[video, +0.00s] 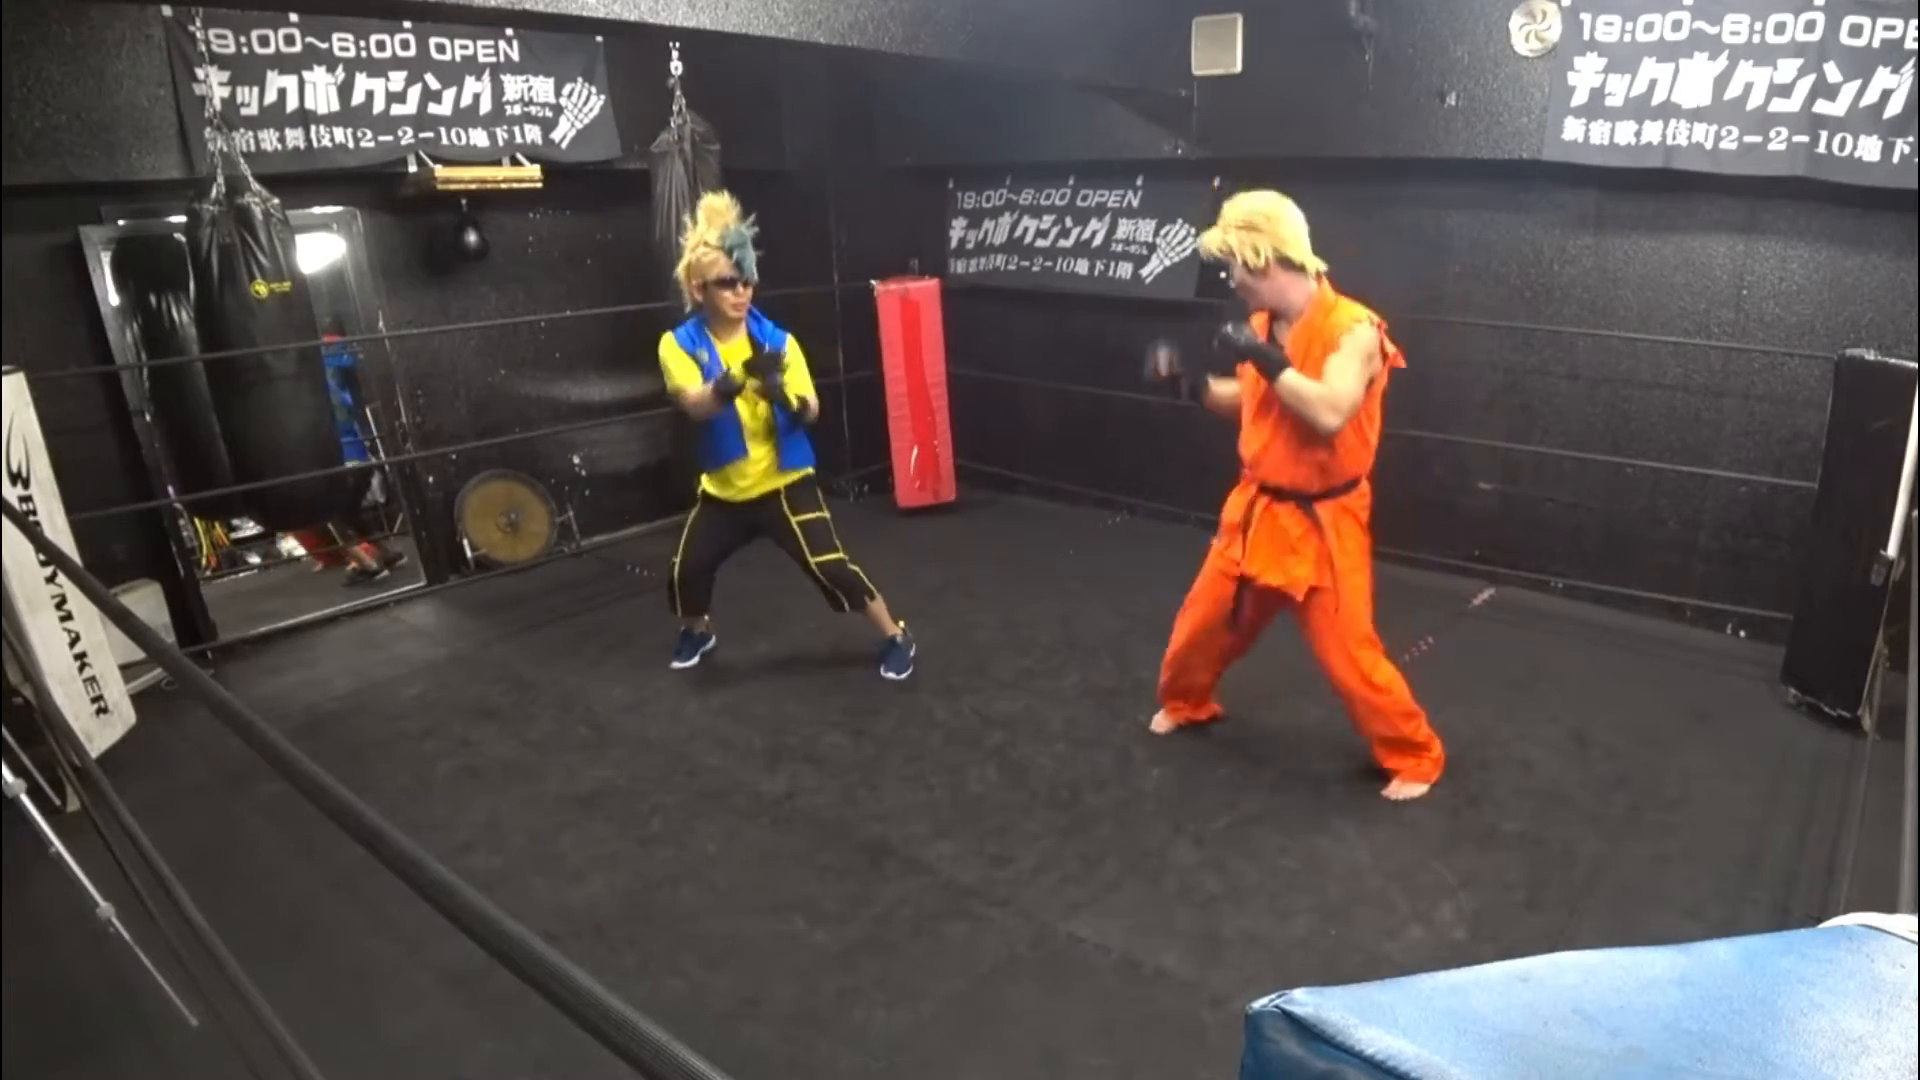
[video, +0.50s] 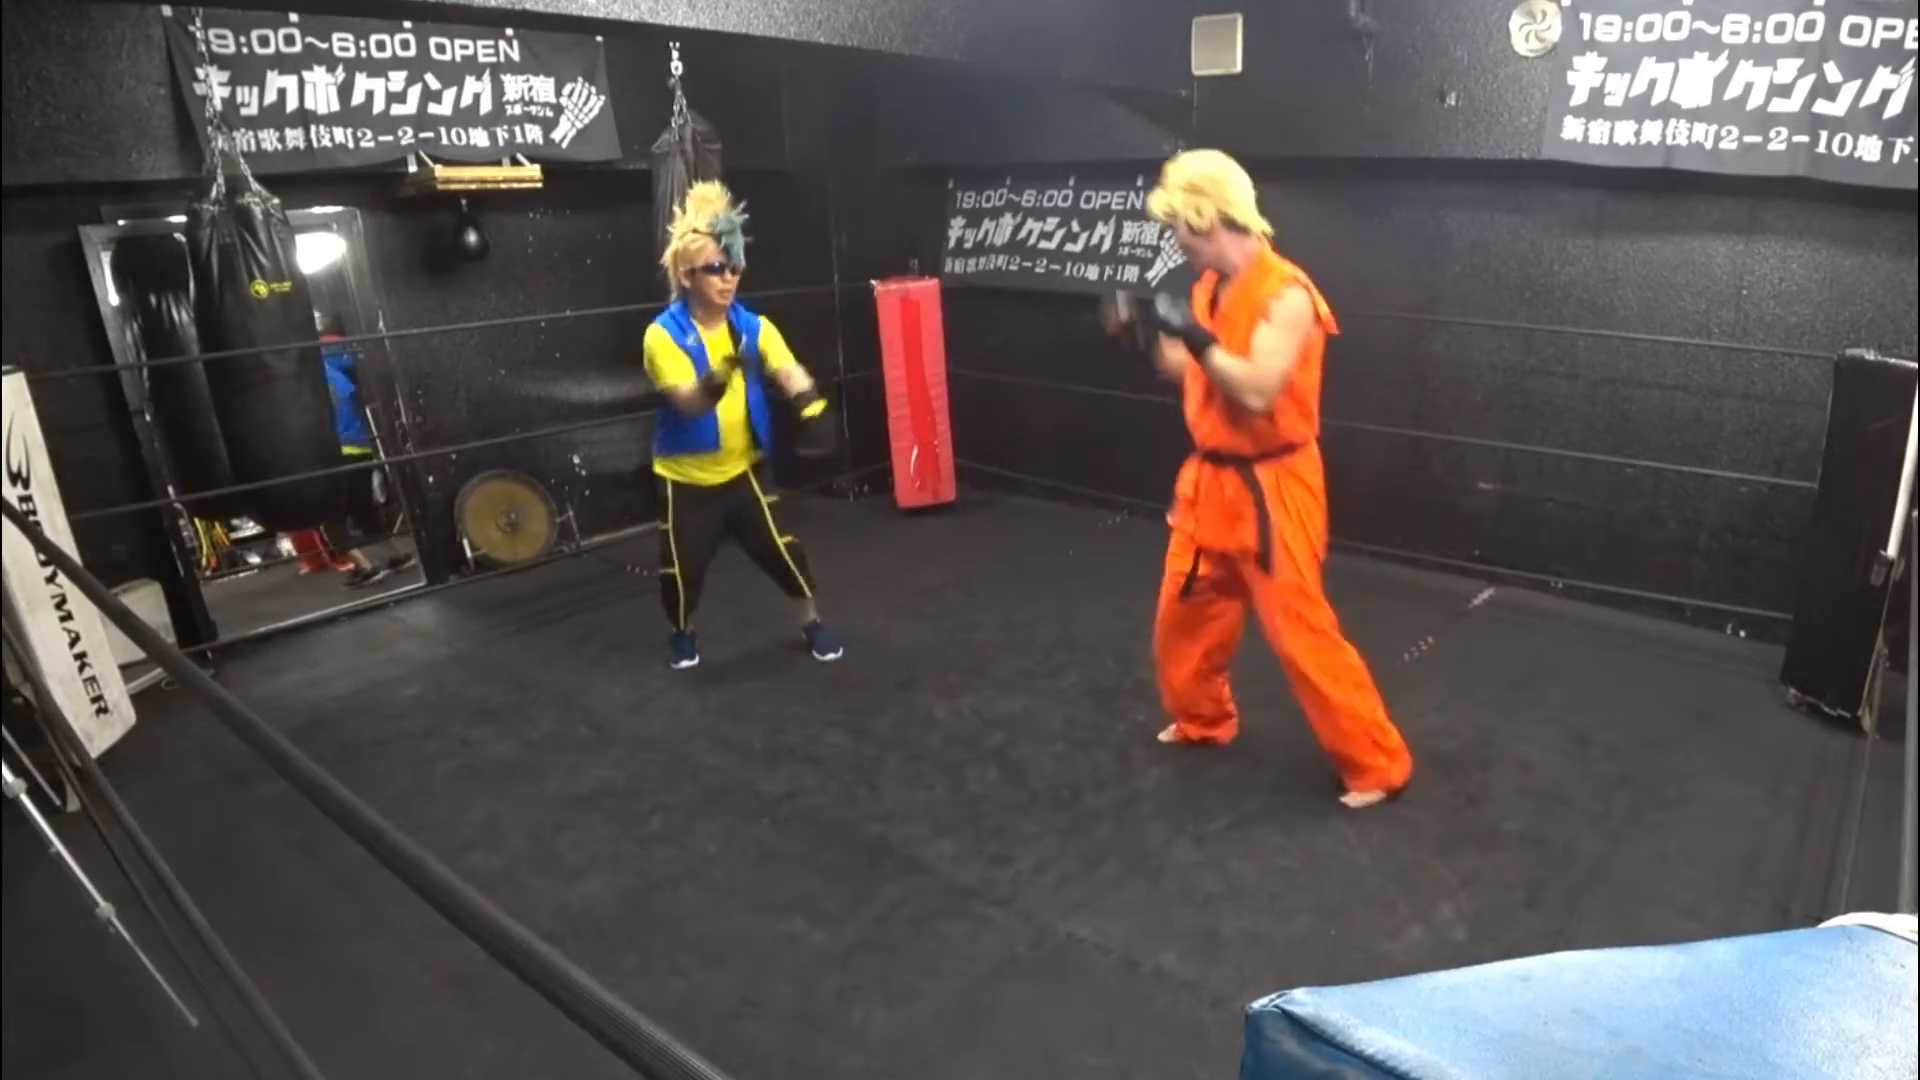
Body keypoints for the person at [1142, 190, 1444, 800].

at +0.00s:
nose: (1230, 283)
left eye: (1233, 268)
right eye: (1227, 270)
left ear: (1266, 260)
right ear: (1268, 261)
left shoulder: (1355, 331)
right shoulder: (1262, 325)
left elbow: (1329, 412)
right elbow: (1252, 398)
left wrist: (1264, 358)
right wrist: (1191, 383)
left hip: (1325, 519)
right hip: (1256, 508)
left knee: (1346, 654)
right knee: (1197, 627)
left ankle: (1417, 758)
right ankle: (1187, 703)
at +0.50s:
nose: (1177, 245)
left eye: (1182, 230)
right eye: (1174, 232)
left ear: (1216, 222)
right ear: (1213, 225)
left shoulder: (1288, 295)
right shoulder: (1206, 290)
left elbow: (1259, 388)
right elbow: (1197, 377)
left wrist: (1195, 340)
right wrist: (1145, 337)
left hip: (1276, 480)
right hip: (1212, 474)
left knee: (1297, 627)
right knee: (1186, 606)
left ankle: (1378, 763)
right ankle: (1203, 717)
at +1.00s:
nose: (1082, 282)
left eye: (1087, 269)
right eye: (1081, 270)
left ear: (1115, 264)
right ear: (1121, 265)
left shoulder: (1180, 340)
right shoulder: (1107, 331)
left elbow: (1162, 437)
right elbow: (1088, 418)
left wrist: (1094, 400)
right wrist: (1022, 413)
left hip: (1158, 511)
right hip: (1097, 499)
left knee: (1155, 657)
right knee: (1047, 605)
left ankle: (1250, 746)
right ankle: (1041, 685)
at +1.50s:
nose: (1064, 291)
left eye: (1063, 277)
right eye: (1060, 278)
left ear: (1085, 268)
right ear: (1106, 260)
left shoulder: (1145, 341)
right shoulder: (1127, 322)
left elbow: (1133, 451)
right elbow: (1132, 430)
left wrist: (1057, 433)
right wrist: (1103, 463)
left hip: (1176, 507)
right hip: (1139, 501)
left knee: (1195, 648)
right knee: (1080, 594)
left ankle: (1288, 770)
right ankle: (1099, 693)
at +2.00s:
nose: (1001, 233)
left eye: (1006, 222)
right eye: (1003, 221)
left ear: (1027, 223)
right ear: (1065, 223)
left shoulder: (990, 281)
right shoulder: (1114, 285)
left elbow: (947, 368)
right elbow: (1146, 379)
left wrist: (931, 339)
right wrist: (1088, 349)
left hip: (999, 459)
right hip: (1077, 459)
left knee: (948, 580)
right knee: (1079, 590)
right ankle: (1113, 711)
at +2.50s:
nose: (753, 309)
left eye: (752, 297)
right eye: (748, 298)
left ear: (772, 291)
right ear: (805, 275)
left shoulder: (820, 357)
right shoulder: (842, 311)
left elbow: (818, 459)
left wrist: (781, 412)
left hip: (852, 510)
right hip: (905, 493)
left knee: (780, 609)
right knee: (922, 610)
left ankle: (755, 722)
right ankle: (1029, 694)